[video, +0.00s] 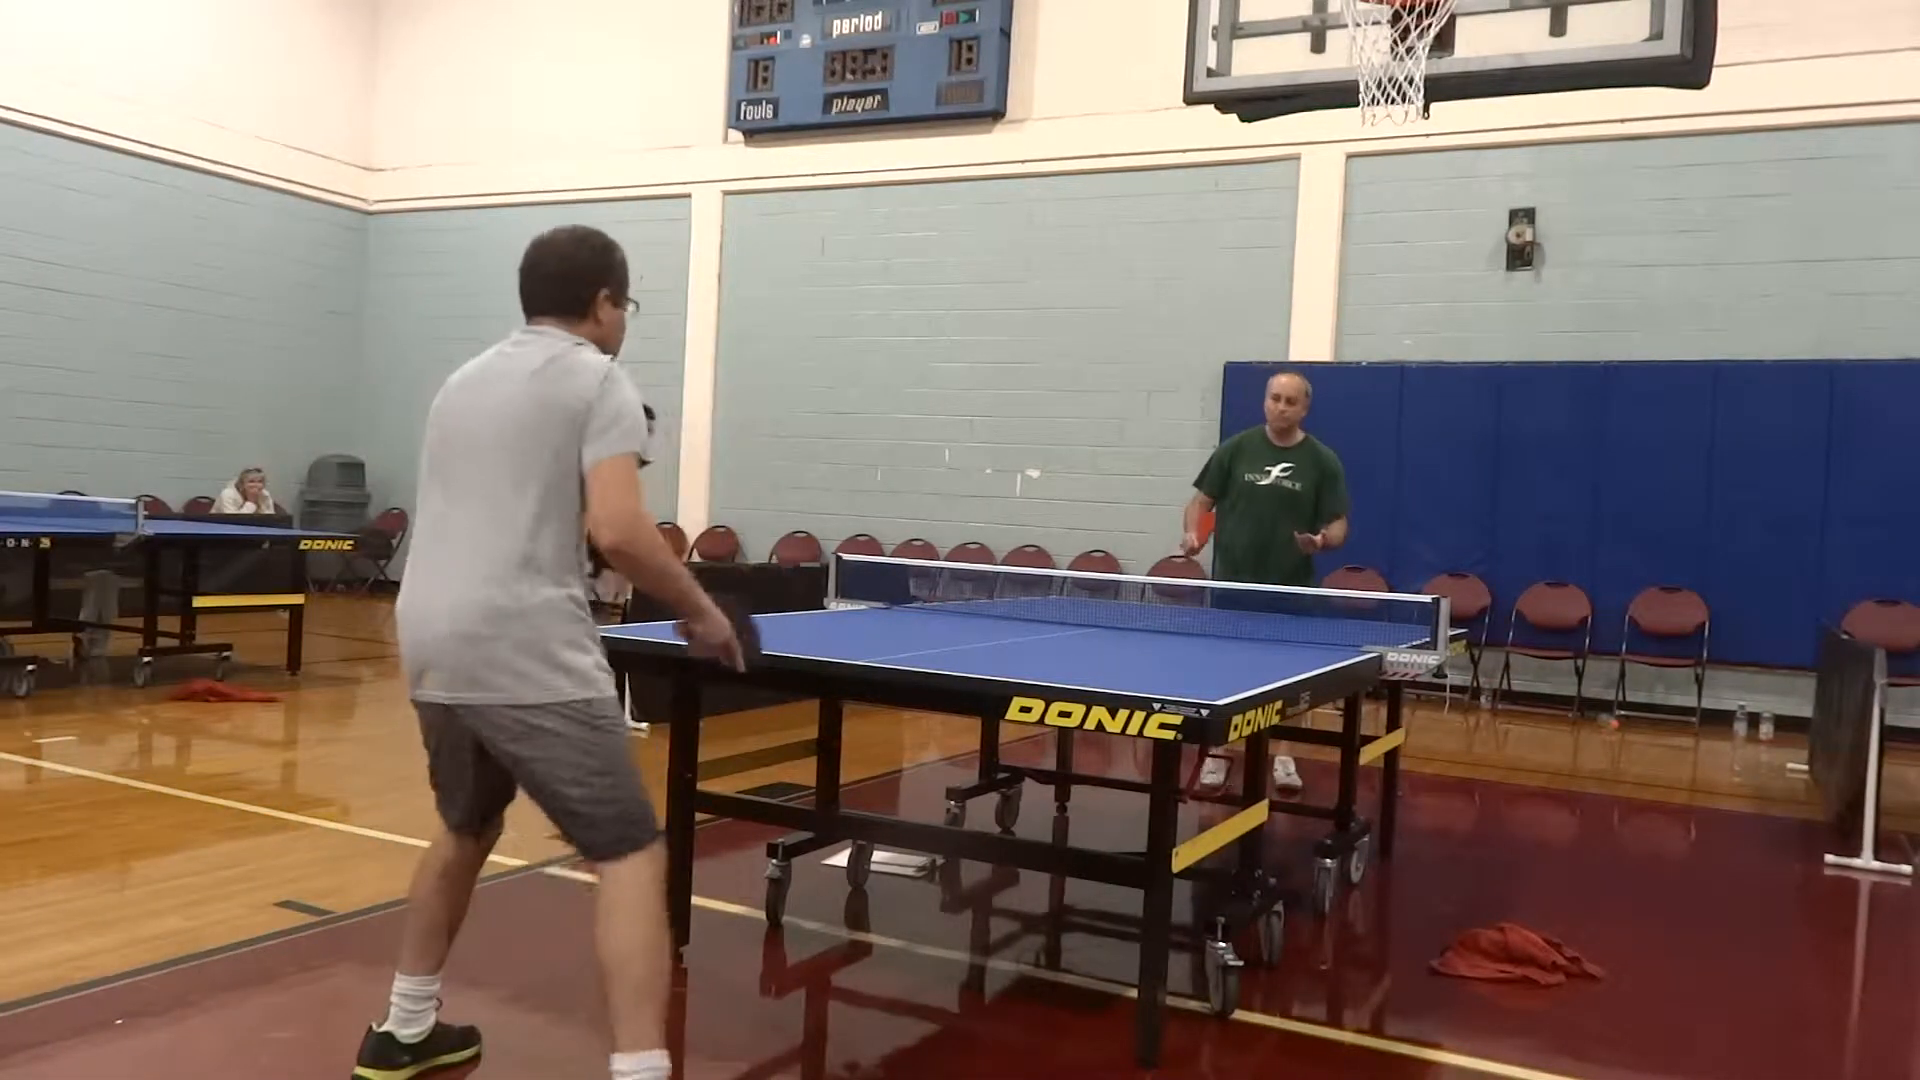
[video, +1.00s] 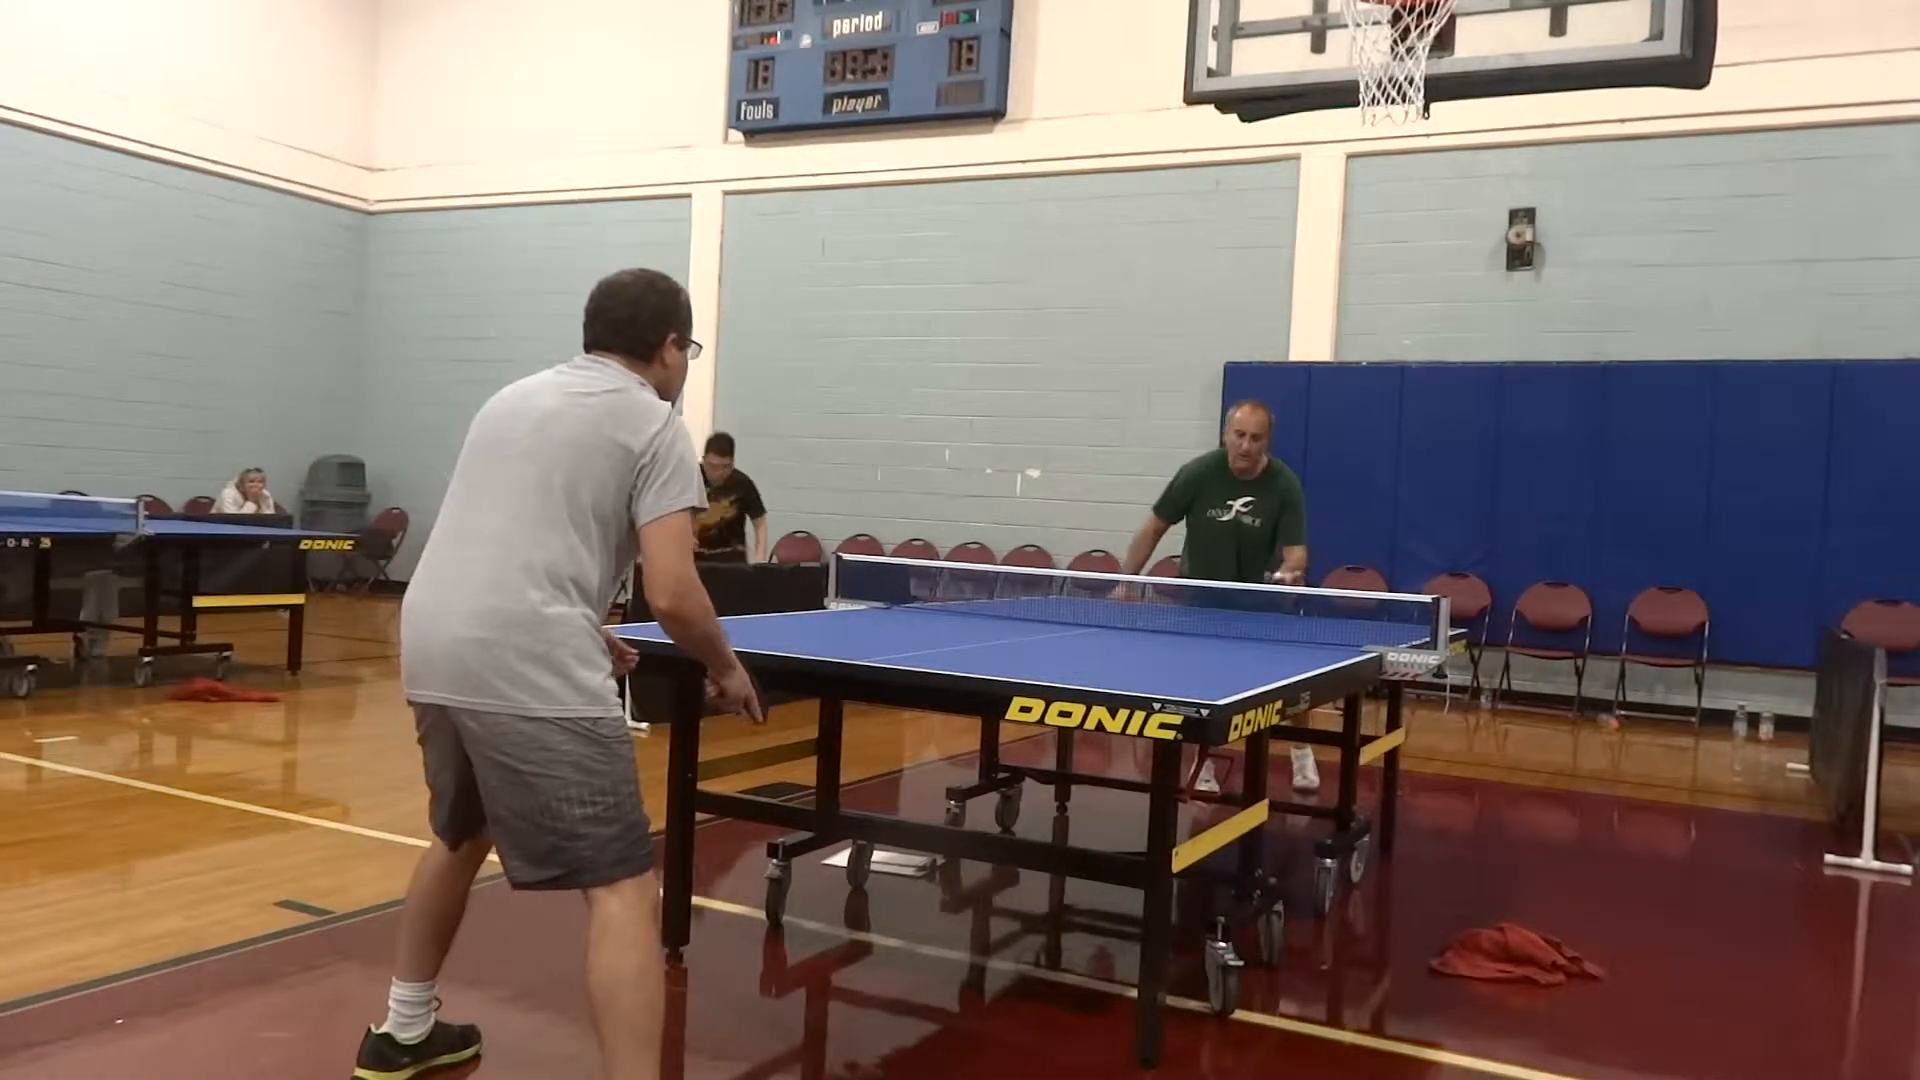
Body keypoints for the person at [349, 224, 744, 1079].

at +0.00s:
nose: (627, 318)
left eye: (627, 303)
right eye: (625, 302)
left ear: (528, 303)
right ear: (600, 302)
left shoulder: (462, 381)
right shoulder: (598, 378)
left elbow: (463, 520)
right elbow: (619, 533)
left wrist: (579, 567)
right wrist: (701, 611)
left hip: (433, 656)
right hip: (533, 661)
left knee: (465, 823)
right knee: (630, 853)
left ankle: (406, 1026)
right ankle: (642, 1070)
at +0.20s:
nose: (645, 344)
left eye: (643, 329)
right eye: (643, 329)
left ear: (551, 327)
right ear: (622, 328)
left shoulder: (482, 396)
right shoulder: (627, 404)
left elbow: (391, 536)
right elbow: (659, 560)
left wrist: (481, 595)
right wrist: (711, 638)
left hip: (436, 655)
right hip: (545, 667)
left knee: (470, 827)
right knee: (613, 884)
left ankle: (406, 1027)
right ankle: (634, 1072)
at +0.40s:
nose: (665, 350)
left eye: (666, 336)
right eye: (665, 335)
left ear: (569, 328)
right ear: (644, 335)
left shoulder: (493, 395)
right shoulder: (642, 412)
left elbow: (403, 537)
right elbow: (672, 571)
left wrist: (511, 580)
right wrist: (717, 654)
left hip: (435, 657)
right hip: (545, 669)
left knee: (463, 830)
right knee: (625, 884)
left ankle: (404, 1028)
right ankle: (635, 1072)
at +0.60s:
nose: (674, 353)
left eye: (676, 340)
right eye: (674, 338)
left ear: (577, 331)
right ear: (653, 337)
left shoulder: (500, 395)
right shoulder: (645, 416)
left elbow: (487, 532)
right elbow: (671, 588)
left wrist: (580, 594)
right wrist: (716, 657)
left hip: (431, 661)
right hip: (539, 674)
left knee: (460, 831)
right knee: (625, 883)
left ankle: (404, 1028)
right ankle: (636, 1072)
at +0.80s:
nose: (682, 361)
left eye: (685, 347)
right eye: (682, 346)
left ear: (585, 336)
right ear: (661, 342)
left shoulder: (506, 396)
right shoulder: (649, 419)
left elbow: (479, 545)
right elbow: (671, 591)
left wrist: (578, 621)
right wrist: (721, 661)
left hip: (429, 656)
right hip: (534, 671)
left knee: (460, 832)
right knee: (625, 884)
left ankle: (404, 1028)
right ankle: (635, 1073)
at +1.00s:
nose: (687, 367)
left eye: (689, 353)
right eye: (687, 352)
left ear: (591, 339)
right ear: (664, 347)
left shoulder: (512, 399)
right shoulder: (655, 425)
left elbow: (488, 545)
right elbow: (671, 591)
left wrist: (579, 627)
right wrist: (723, 664)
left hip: (431, 653)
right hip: (536, 669)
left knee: (461, 832)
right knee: (622, 885)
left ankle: (404, 1028)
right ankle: (635, 1073)